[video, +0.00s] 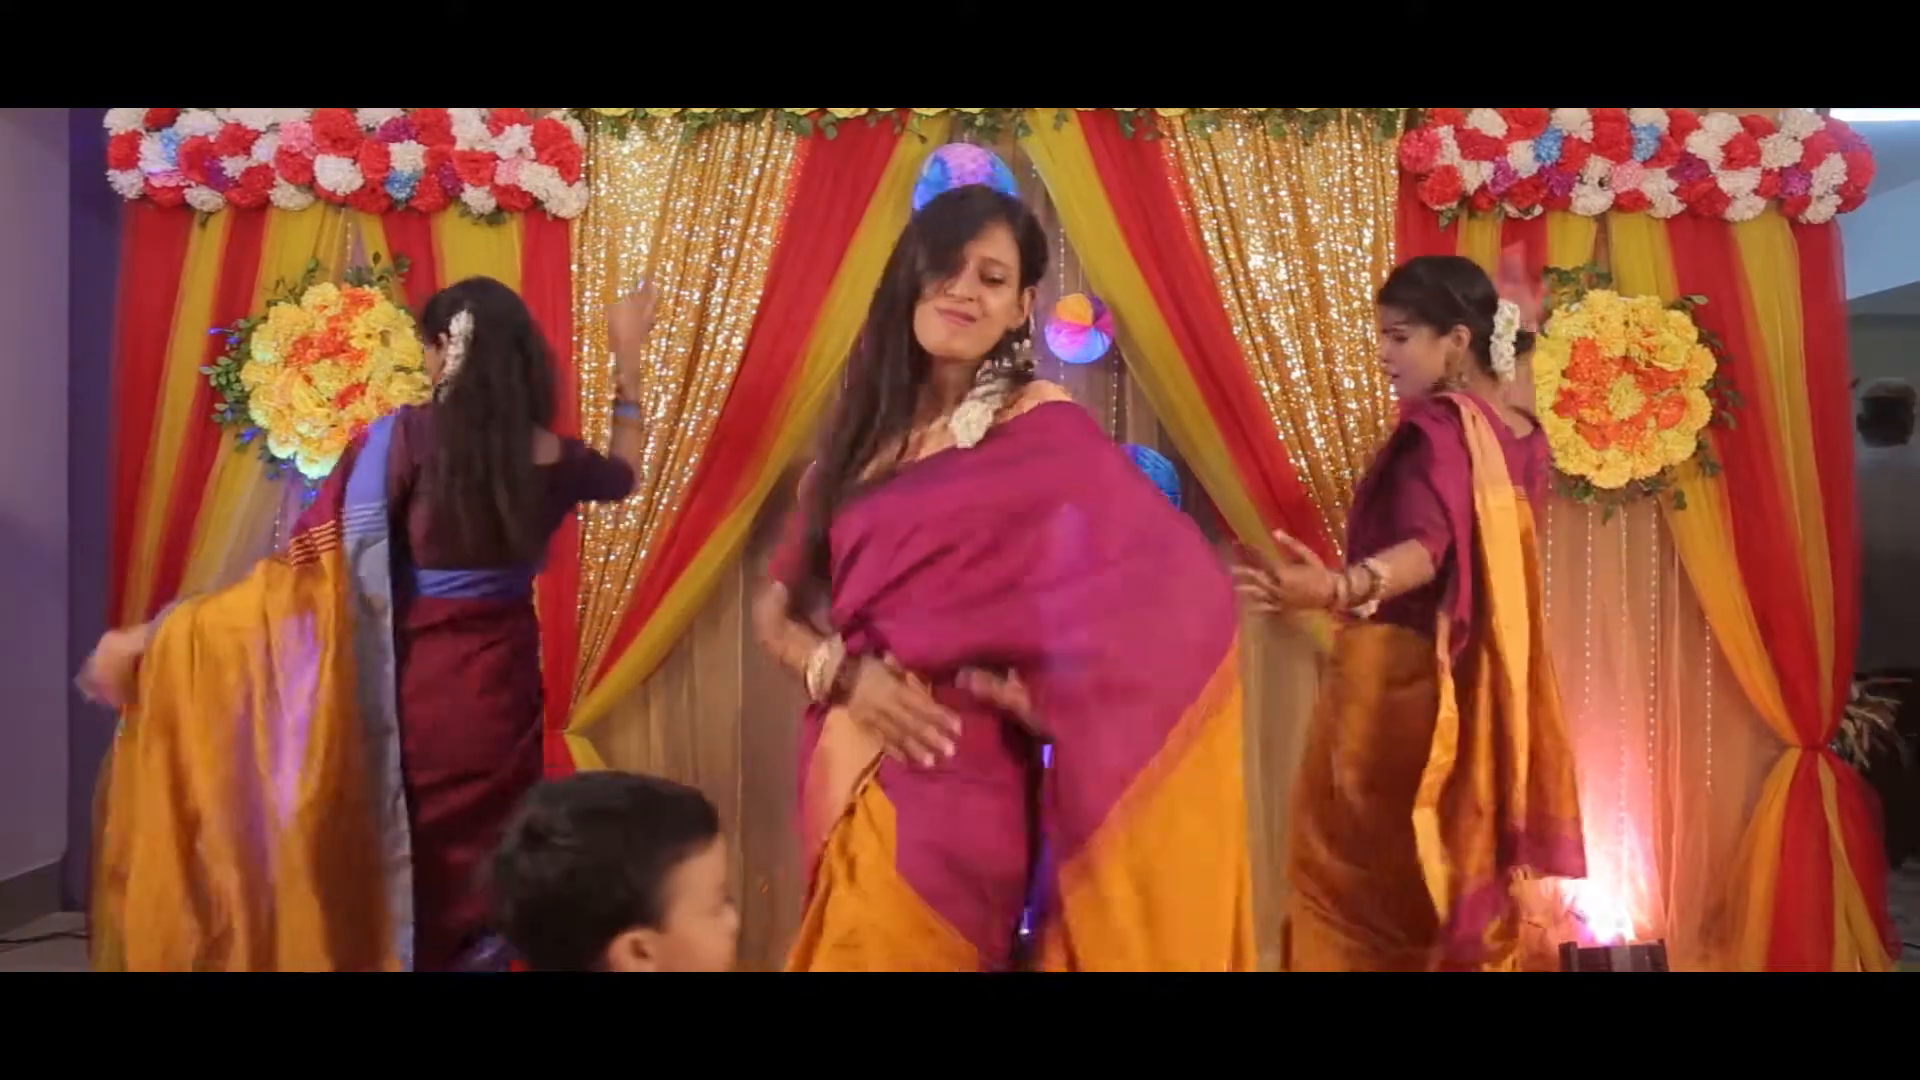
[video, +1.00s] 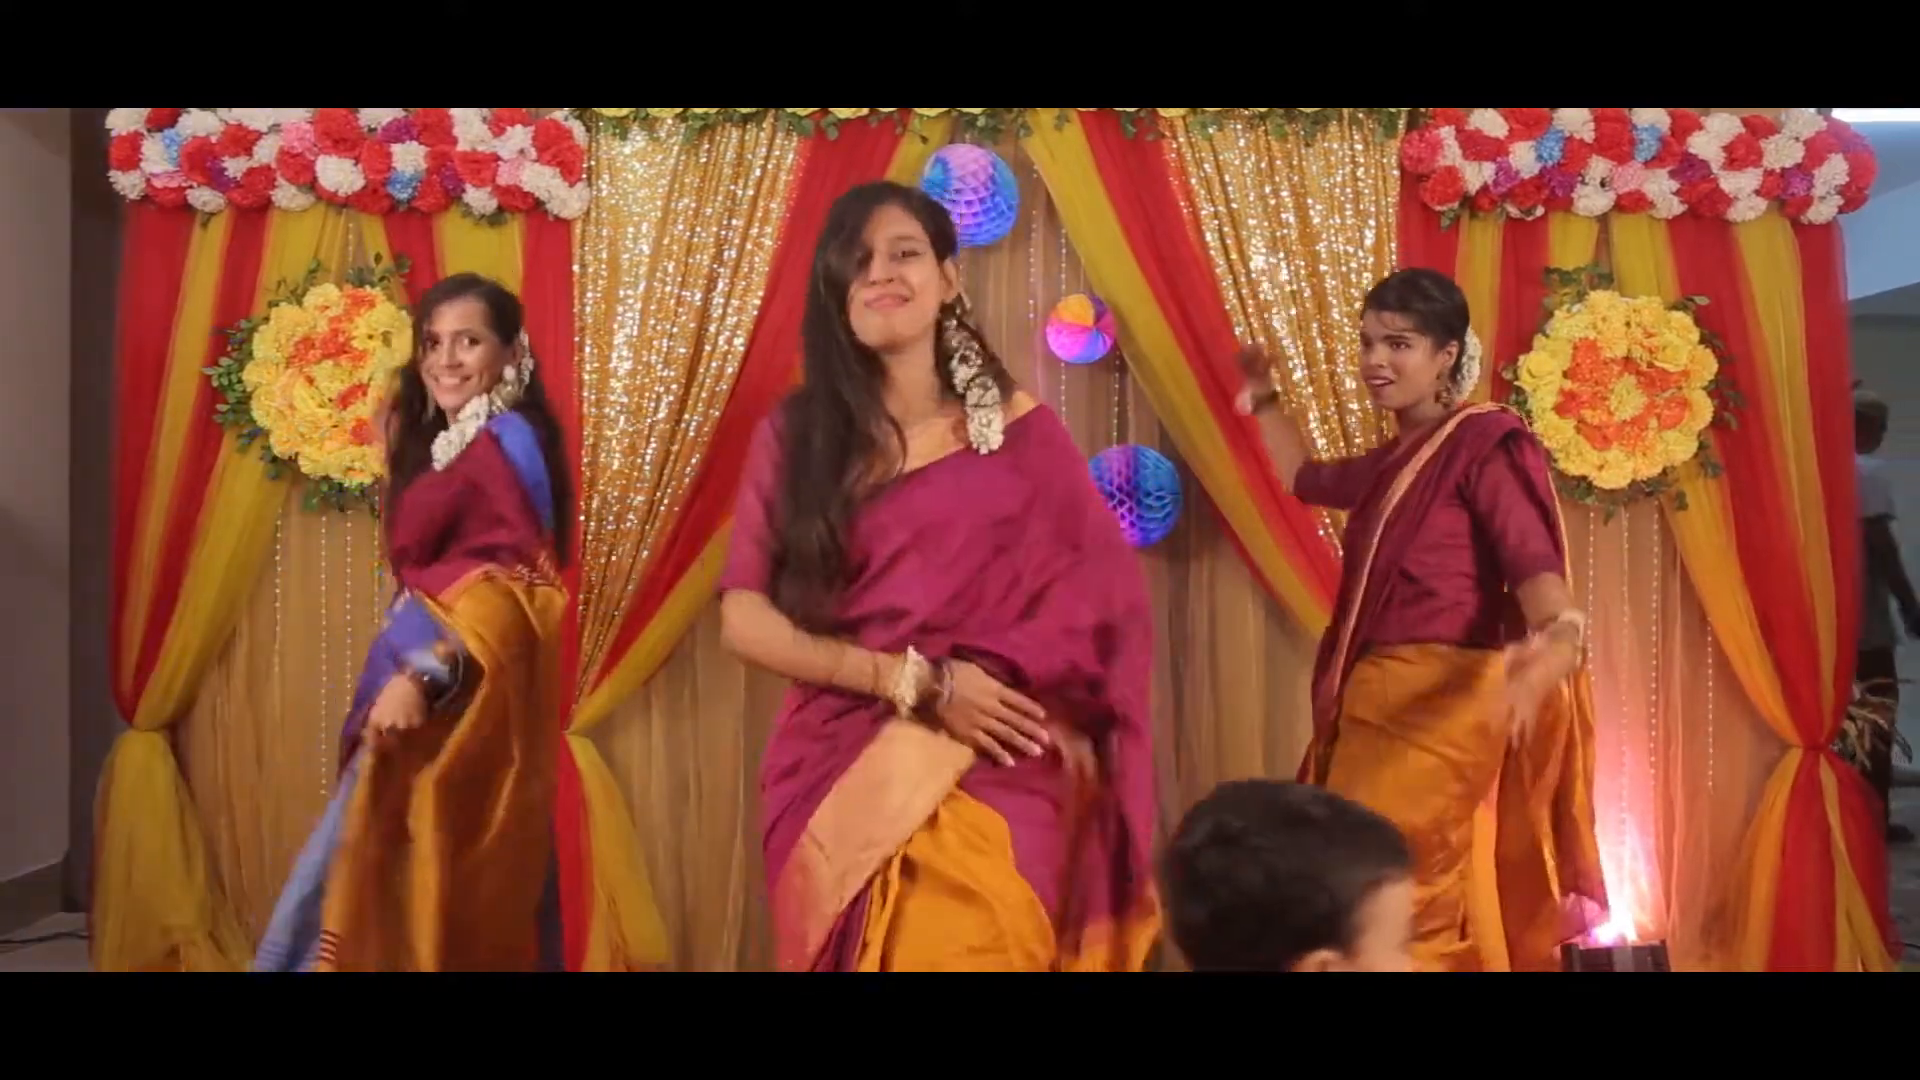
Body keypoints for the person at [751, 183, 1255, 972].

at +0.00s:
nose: (961, 294)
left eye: (992, 279)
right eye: (944, 268)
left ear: (1023, 306)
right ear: (908, 281)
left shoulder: (1042, 419)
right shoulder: (862, 442)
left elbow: (1180, 591)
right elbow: (770, 611)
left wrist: (1061, 706)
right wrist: (850, 679)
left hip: (969, 760)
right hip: (849, 765)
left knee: (893, 951)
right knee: (853, 951)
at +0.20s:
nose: (964, 292)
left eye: (992, 276)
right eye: (945, 265)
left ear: (1015, 297)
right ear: (901, 271)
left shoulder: (1040, 420)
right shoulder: (843, 424)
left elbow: (1183, 585)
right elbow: (751, 604)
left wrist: (1055, 701)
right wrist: (869, 671)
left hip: (974, 779)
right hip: (833, 772)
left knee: (925, 953)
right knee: (808, 956)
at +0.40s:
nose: (950, 288)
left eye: (977, 277)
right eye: (932, 262)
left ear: (995, 305)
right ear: (885, 268)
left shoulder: (1027, 429)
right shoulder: (808, 427)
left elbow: (1171, 588)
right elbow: (742, 611)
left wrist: (1100, 701)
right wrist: (902, 677)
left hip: (995, 768)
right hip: (836, 762)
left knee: (961, 950)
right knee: (825, 948)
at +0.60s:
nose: (938, 296)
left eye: (962, 285)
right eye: (918, 272)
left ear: (979, 314)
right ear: (868, 281)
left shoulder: (1019, 434)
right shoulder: (800, 451)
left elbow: (1158, 600)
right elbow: (741, 645)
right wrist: (896, 705)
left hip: (995, 796)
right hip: (828, 797)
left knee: (994, 961)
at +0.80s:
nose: (917, 266)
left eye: (939, 253)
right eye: (891, 250)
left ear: (964, 290)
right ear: (847, 273)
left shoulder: (1014, 423)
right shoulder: (788, 427)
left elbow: (1120, 569)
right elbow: (735, 613)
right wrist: (917, 672)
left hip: (1002, 755)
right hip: (840, 753)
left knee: (981, 941)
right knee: (852, 947)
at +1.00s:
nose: (883, 272)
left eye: (907, 252)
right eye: (859, 259)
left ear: (951, 280)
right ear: (836, 295)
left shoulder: (1019, 423)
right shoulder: (796, 433)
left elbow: (1109, 590)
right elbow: (745, 620)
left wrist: (976, 680)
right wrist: (911, 680)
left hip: (1002, 763)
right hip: (842, 762)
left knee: (969, 939)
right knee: (860, 947)